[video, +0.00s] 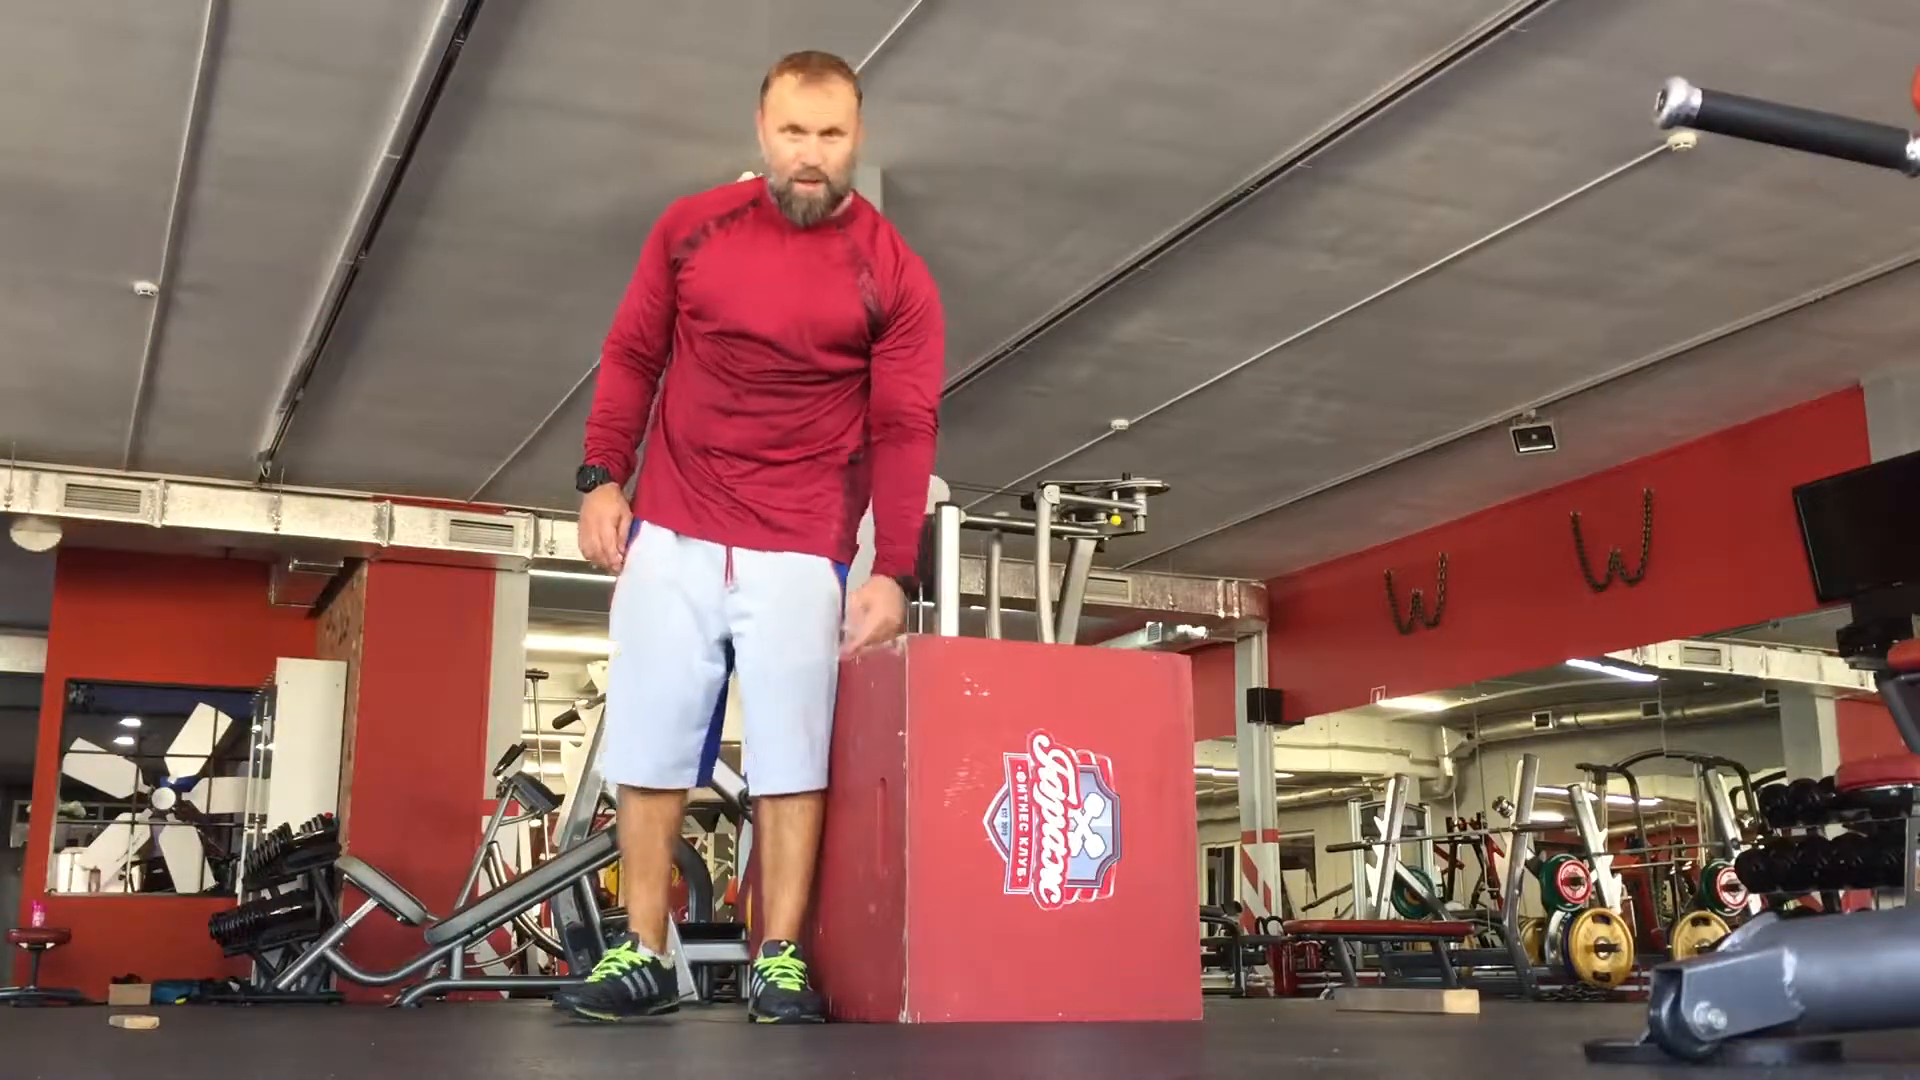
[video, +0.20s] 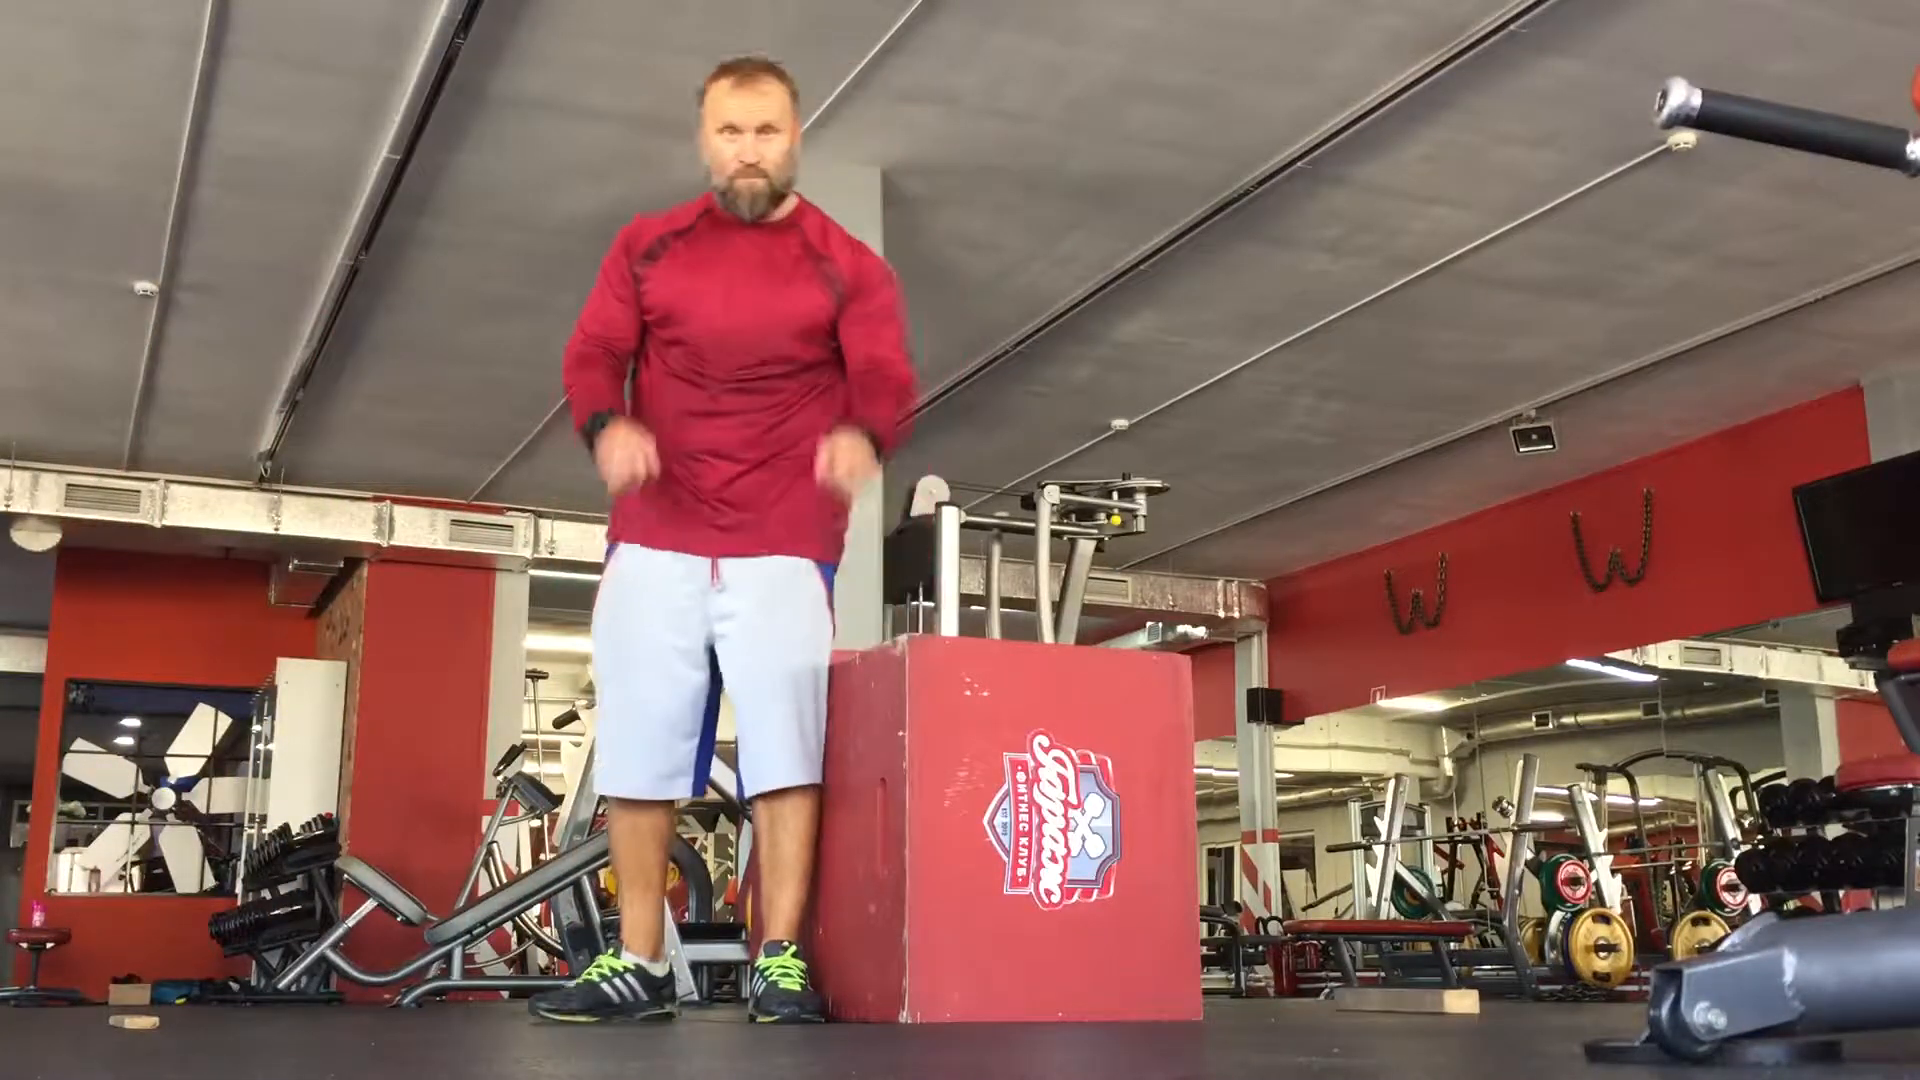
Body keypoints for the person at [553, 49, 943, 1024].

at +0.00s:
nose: (810, 153)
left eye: (831, 134)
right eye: (792, 131)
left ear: (859, 142)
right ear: (760, 134)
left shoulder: (895, 277)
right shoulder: (690, 228)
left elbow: (905, 428)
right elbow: (631, 356)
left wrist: (892, 569)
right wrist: (603, 476)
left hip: (804, 532)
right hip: (673, 516)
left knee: (789, 742)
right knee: (648, 732)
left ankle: (779, 956)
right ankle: (646, 952)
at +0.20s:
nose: (747, 147)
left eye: (766, 129)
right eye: (729, 130)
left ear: (797, 139)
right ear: (702, 141)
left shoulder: (849, 268)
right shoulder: (647, 248)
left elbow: (887, 380)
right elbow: (590, 356)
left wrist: (861, 433)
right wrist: (608, 423)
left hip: (784, 531)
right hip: (656, 528)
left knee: (782, 742)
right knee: (636, 740)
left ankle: (779, 958)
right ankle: (640, 964)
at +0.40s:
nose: (676, 167)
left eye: (694, 150)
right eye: (657, 153)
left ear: (726, 162)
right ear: (634, 169)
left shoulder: (767, 253)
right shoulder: (597, 252)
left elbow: (805, 279)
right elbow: (567, 291)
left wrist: (798, 280)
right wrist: (605, 288)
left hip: (741, 549)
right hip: (615, 553)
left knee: (762, 750)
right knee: (618, 754)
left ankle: (775, 958)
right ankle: (636, 963)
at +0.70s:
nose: (594, 178)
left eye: (610, 160)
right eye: (574, 164)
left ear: (641, 165)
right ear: (550, 176)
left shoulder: (688, 253)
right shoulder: (522, 261)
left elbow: (721, 283)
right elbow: (492, 294)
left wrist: (698, 251)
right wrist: (530, 270)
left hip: (655, 527)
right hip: (550, 537)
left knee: (652, 726)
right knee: (575, 742)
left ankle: (662, 947)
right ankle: (623, 949)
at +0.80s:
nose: (566, 175)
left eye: (582, 156)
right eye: (546, 161)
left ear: (614, 163)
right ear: (525, 176)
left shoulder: (659, 253)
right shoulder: (505, 270)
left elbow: (690, 278)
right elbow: (452, 329)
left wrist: (717, 253)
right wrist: (469, 282)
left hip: (627, 522)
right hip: (529, 532)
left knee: (607, 720)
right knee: (569, 739)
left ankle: (579, 940)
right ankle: (631, 958)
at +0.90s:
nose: (532, 168)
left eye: (549, 148)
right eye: (513, 153)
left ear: (585, 156)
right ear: (493, 170)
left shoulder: (634, 254)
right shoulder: (463, 276)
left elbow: (687, 295)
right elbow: (391, 356)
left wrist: (739, 275)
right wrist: (381, 275)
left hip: (599, 525)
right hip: (497, 536)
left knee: (546, 716)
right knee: (551, 744)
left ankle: (481, 940)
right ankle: (636, 963)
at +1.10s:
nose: (456, 149)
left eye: (475, 129)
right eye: (437, 134)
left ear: (516, 140)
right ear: (419, 153)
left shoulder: (560, 249)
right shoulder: (387, 270)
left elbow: (615, 341)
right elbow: (302, 336)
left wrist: (646, 289)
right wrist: (256, 209)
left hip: (514, 529)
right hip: (436, 532)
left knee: (413, 715)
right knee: (522, 746)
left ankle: (335, 959)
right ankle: (628, 950)